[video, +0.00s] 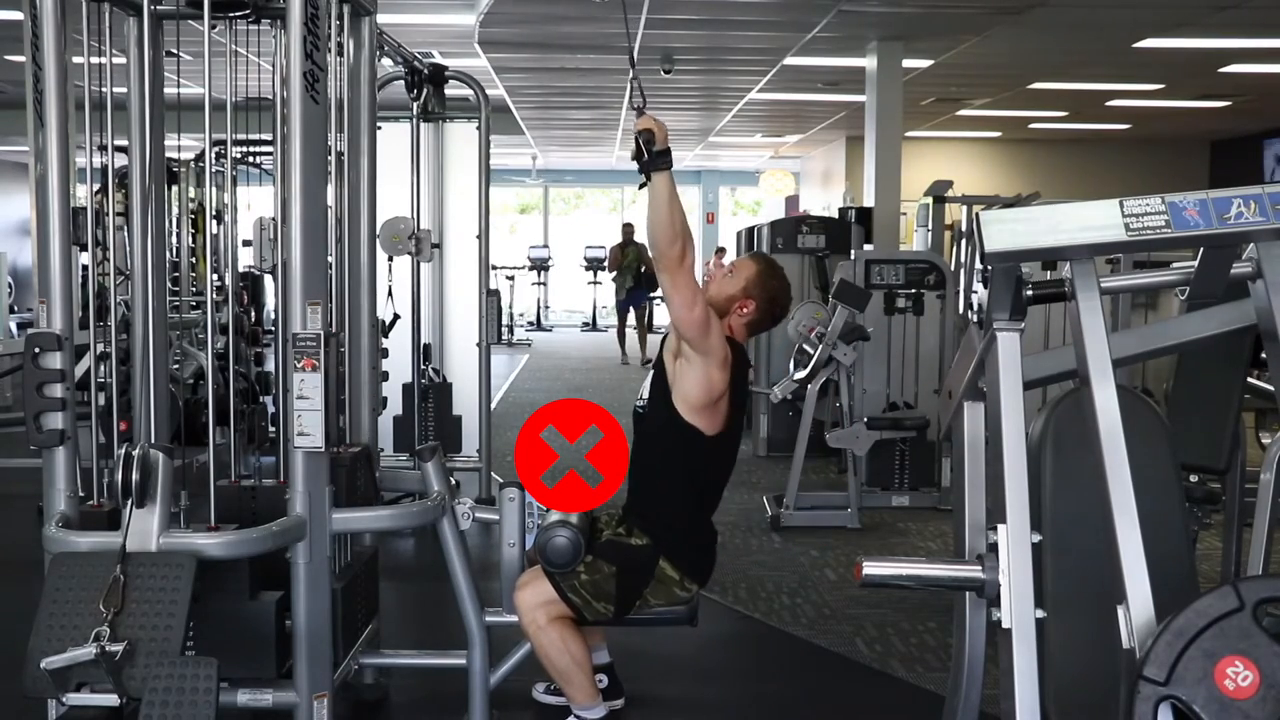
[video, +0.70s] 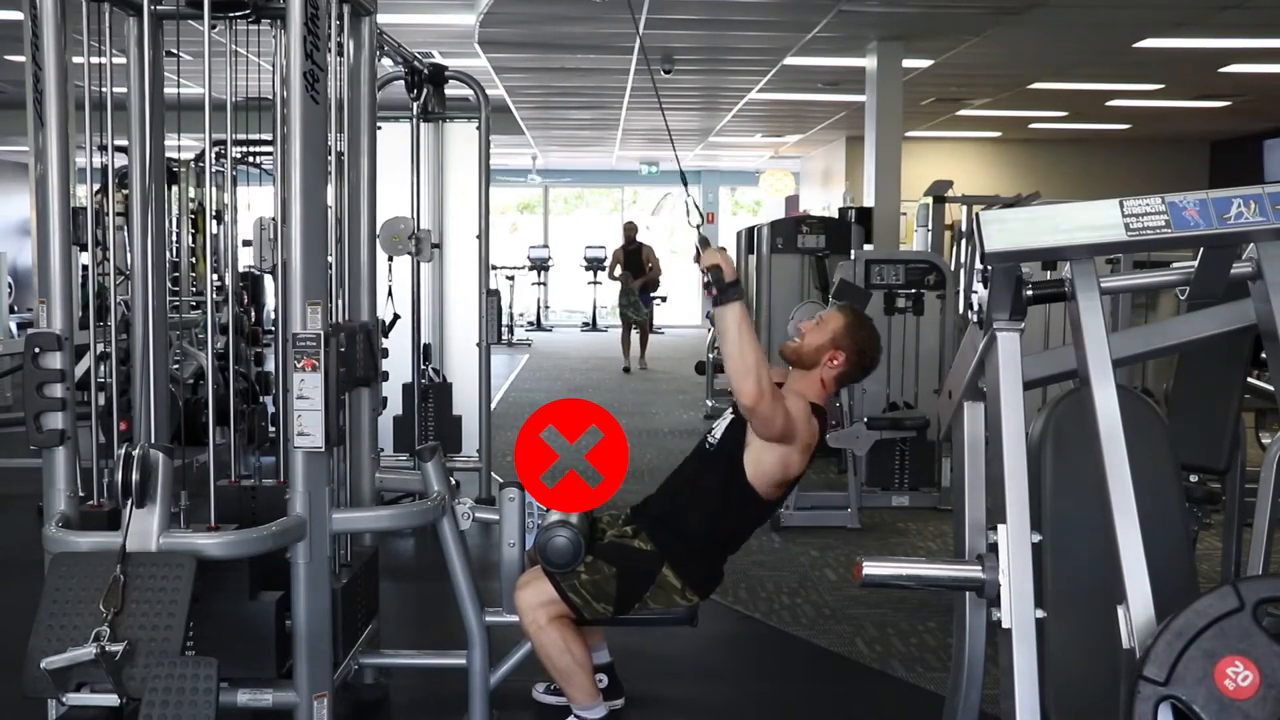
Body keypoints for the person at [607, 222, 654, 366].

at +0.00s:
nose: (628, 236)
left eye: (631, 233)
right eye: (626, 233)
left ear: (634, 233)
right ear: (622, 233)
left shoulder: (641, 248)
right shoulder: (616, 249)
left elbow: (650, 266)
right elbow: (611, 268)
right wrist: (623, 257)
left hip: (639, 288)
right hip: (622, 289)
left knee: (641, 323)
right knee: (622, 324)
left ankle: (644, 355)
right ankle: (623, 354)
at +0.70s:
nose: (628, 233)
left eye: (631, 230)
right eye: (626, 230)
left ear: (636, 232)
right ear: (623, 232)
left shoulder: (646, 250)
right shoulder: (618, 253)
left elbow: (657, 270)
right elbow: (610, 274)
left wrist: (640, 281)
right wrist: (619, 278)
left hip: (643, 293)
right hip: (626, 292)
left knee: (644, 327)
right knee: (626, 327)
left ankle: (642, 357)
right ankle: (626, 360)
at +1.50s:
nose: (621, 228)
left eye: (624, 225)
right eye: (619, 225)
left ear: (629, 228)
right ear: (615, 226)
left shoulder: (637, 247)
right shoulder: (606, 247)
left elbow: (648, 271)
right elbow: (597, 271)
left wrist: (635, 282)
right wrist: (597, 294)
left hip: (628, 294)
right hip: (611, 294)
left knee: (626, 330)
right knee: (609, 329)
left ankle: (622, 365)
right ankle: (618, 352)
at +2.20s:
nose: (601, 226)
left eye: (604, 223)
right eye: (598, 223)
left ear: (609, 225)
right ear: (594, 224)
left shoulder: (619, 244)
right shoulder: (587, 247)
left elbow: (630, 268)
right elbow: (577, 274)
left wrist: (635, 292)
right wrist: (571, 300)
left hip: (615, 296)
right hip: (596, 296)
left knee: (617, 332)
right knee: (596, 334)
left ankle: (615, 366)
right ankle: (598, 372)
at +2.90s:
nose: (600, 225)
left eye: (603, 222)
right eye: (597, 222)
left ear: (608, 224)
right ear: (592, 223)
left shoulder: (617, 246)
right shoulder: (583, 246)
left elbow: (624, 274)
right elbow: (574, 274)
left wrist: (621, 296)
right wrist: (569, 301)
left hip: (609, 299)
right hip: (589, 298)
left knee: (608, 339)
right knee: (585, 338)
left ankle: (604, 378)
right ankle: (586, 379)